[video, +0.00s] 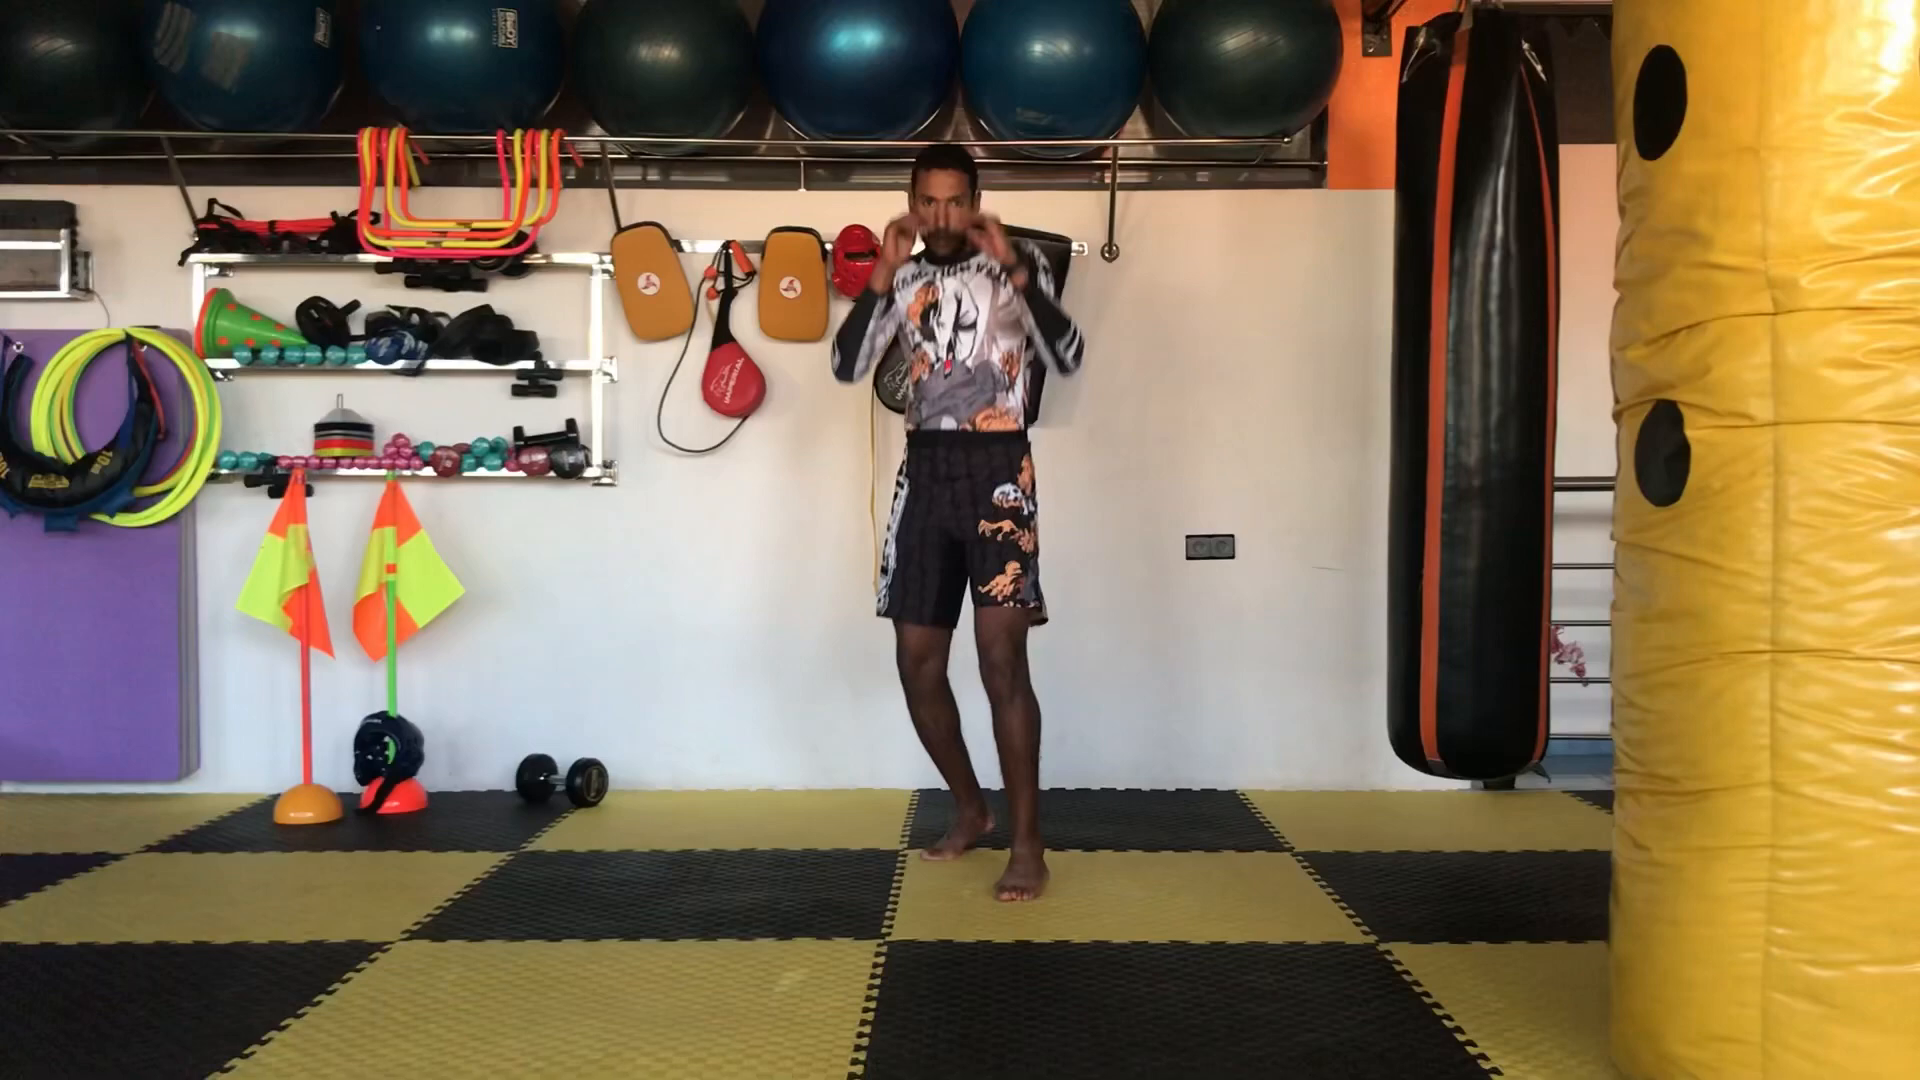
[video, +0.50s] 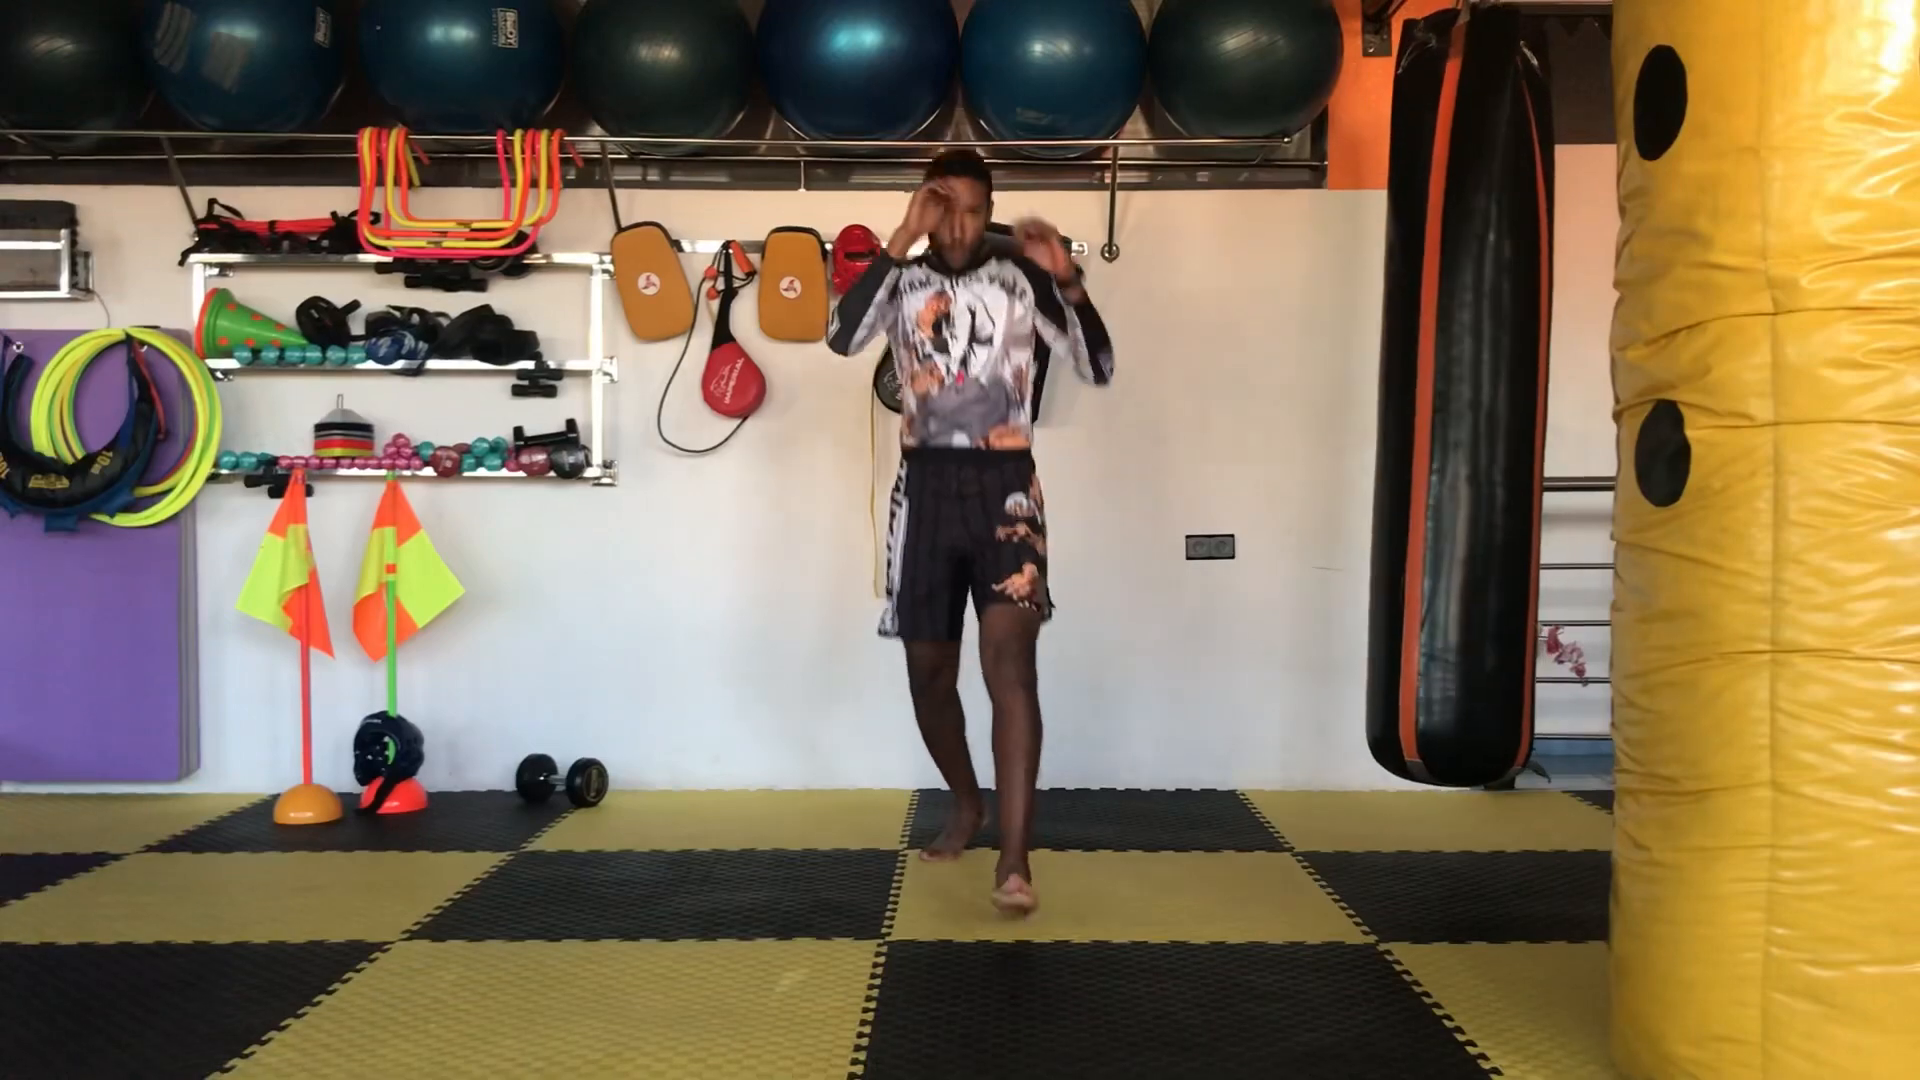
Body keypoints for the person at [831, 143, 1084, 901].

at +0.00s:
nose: (941, 213)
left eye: (955, 201)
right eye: (928, 200)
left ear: (977, 203)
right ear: (912, 205)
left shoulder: (1022, 266)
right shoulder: (901, 279)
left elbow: (1065, 358)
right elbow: (848, 364)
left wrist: (1014, 271)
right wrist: (881, 278)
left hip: (999, 475)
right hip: (926, 477)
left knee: (1001, 666)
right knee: (919, 664)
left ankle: (1026, 844)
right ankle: (969, 807)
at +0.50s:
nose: (957, 221)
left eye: (971, 208)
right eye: (945, 206)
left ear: (989, 213)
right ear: (926, 213)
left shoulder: (1028, 278)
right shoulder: (904, 282)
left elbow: (1098, 368)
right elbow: (844, 338)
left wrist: (1066, 281)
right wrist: (896, 242)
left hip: (1005, 487)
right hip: (925, 487)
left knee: (1010, 667)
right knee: (929, 674)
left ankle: (1016, 857)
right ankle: (968, 803)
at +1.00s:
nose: (1002, 176)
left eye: (1016, 164)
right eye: (987, 166)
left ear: (1035, 164)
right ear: (962, 170)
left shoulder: (1062, 221)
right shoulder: (935, 250)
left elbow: (1027, 181)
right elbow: (880, 366)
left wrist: (914, 182)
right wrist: (818, 477)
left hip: (1064, 405)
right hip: (970, 391)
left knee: (1074, 657)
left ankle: (1029, 888)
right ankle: (900, 540)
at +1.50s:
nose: (995, 171)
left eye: (1008, 158)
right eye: (978, 157)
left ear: (1026, 165)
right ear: (953, 169)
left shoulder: (1057, 234)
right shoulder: (934, 256)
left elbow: (1115, 246)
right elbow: (860, 340)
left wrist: (1010, 194)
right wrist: (845, 305)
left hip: (1079, 435)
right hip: (996, 417)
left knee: (1059, 686)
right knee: (960, 415)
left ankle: (998, 908)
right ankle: (911, 604)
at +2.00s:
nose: (1004, 185)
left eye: (1020, 171)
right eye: (991, 170)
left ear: (1039, 180)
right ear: (970, 177)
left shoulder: (1079, 273)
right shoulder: (939, 269)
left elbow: (1104, 410)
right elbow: (893, 380)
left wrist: (1112, 373)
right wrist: (951, 272)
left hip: (1056, 490)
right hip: (968, 491)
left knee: (1044, 695)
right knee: (959, 701)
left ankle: (1001, 909)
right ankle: (1018, 810)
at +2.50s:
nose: (1020, 182)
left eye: (1033, 168)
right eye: (1006, 168)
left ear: (1056, 169)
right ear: (989, 170)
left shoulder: (1098, 241)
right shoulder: (975, 253)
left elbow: (1158, 336)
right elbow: (917, 335)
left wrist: (1098, 242)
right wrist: (959, 246)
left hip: (1079, 464)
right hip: (1002, 466)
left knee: (1088, 672)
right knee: (973, 661)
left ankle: (1121, 857)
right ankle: (1028, 807)